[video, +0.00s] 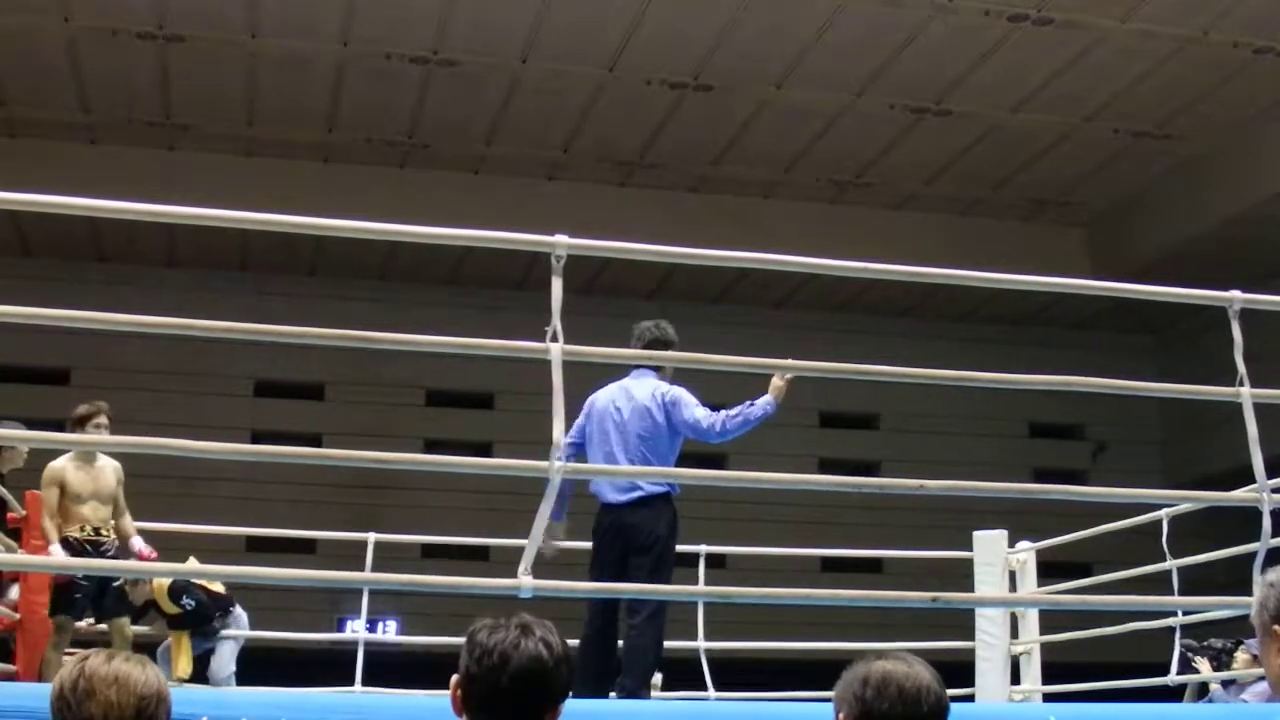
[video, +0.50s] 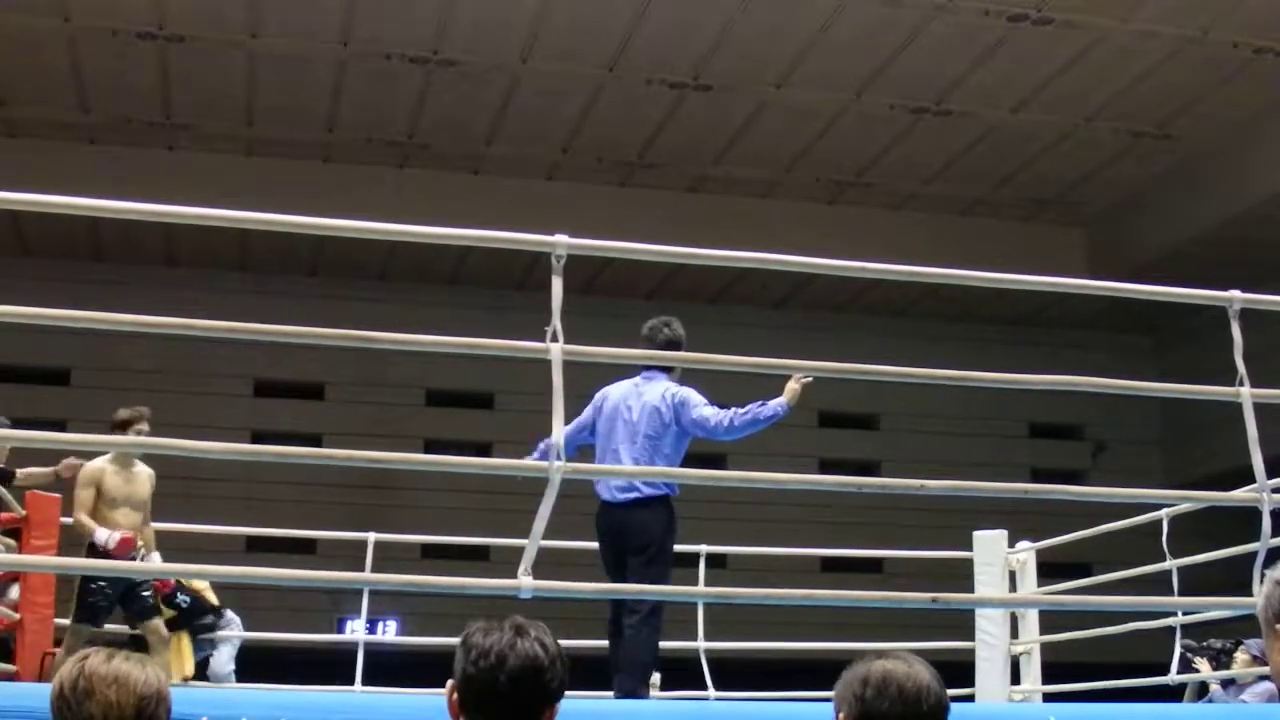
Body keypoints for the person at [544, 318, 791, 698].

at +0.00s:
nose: (674, 362)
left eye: (672, 355)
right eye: (673, 356)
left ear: (634, 354)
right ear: (667, 357)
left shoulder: (597, 400)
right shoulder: (668, 396)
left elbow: (565, 456)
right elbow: (713, 426)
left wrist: (556, 516)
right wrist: (770, 401)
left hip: (610, 516)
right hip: (654, 515)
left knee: (600, 608)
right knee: (646, 608)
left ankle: (587, 699)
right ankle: (631, 700)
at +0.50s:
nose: (679, 359)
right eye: (680, 354)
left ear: (642, 353)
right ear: (679, 357)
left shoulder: (609, 395)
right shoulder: (678, 397)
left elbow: (569, 436)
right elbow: (720, 423)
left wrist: (533, 460)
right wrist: (783, 402)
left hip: (610, 514)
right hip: (652, 513)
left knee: (622, 602)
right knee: (644, 605)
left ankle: (624, 687)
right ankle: (630, 696)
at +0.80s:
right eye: (671, 353)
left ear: (635, 357)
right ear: (672, 360)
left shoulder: (607, 404)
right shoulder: (681, 405)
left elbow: (570, 449)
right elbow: (731, 450)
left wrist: (550, 429)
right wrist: (780, 419)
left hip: (617, 525)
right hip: (661, 523)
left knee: (628, 611)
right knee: (674, 613)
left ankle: (633, 699)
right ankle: (640, 698)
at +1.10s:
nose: (653, 359)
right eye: (653, 353)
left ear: (617, 359)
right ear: (654, 359)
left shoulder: (599, 406)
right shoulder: (671, 405)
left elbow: (617, 449)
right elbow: (701, 450)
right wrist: (722, 452)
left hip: (614, 524)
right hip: (658, 519)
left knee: (628, 610)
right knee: (690, 601)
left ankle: (638, 699)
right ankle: (659, 675)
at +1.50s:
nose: (655, 351)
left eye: (653, 343)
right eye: (652, 344)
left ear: (610, 346)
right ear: (642, 348)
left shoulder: (576, 395)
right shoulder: (652, 393)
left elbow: (549, 446)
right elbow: (653, 456)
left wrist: (581, 480)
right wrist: (664, 488)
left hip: (588, 513)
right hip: (631, 510)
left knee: (610, 606)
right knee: (626, 608)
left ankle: (622, 695)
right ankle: (608, 700)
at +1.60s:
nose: (649, 334)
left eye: (646, 326)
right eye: (646, 327)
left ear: (600, 331)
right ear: (636, 332)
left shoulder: (572, 379)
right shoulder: (645, 377)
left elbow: (548, 442)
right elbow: (651, 439)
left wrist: (569, 474)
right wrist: (654, 478)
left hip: (577, 496)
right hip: (621, 495)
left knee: (594, 587)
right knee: (620, 588)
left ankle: (600, 678)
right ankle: (608, 685)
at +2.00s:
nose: (539, 318)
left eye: (542, 312)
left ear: (542, 318)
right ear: (588, 323)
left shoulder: (517, 369)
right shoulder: (606, 370)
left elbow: (517, 422)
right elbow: (616, 434)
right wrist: (596, 465)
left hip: (521, 491)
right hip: (578, 494)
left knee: (511, 593)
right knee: (579, 596)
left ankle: (503, 697)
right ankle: (594, 696)